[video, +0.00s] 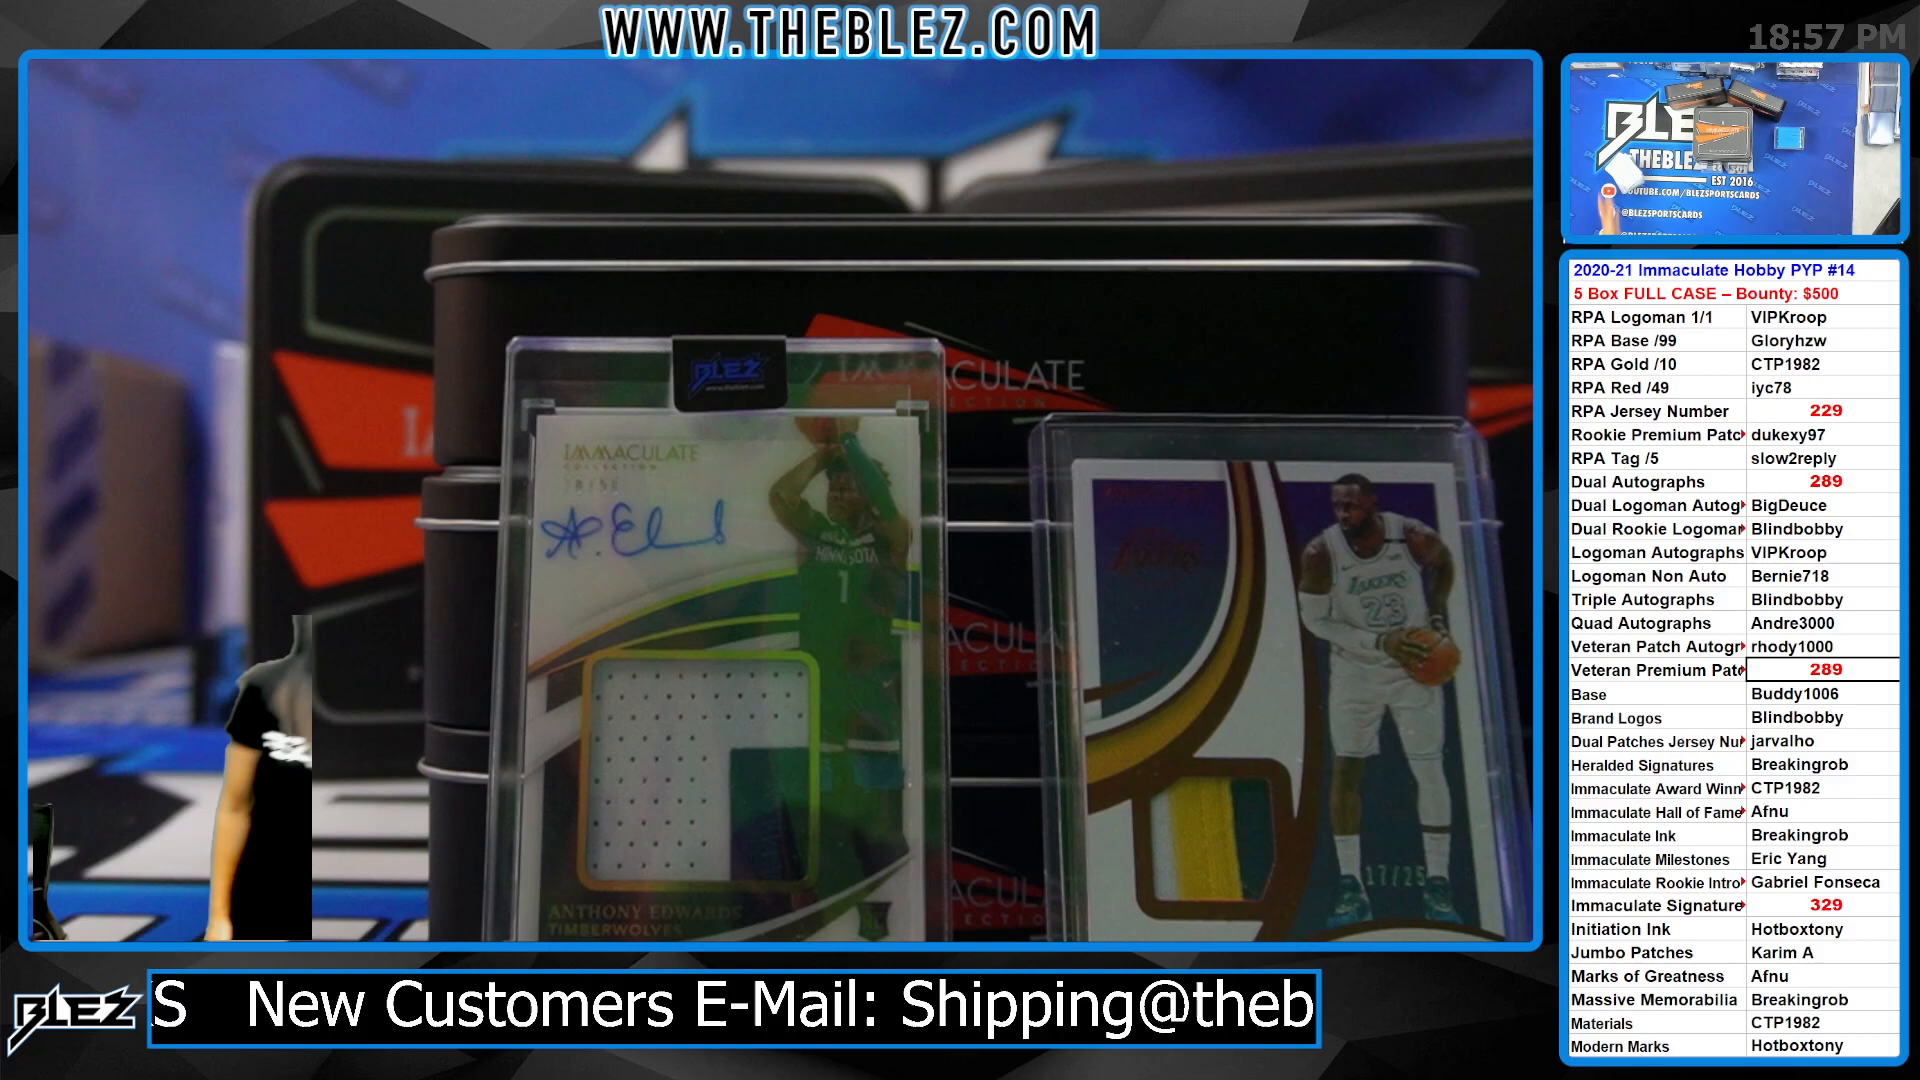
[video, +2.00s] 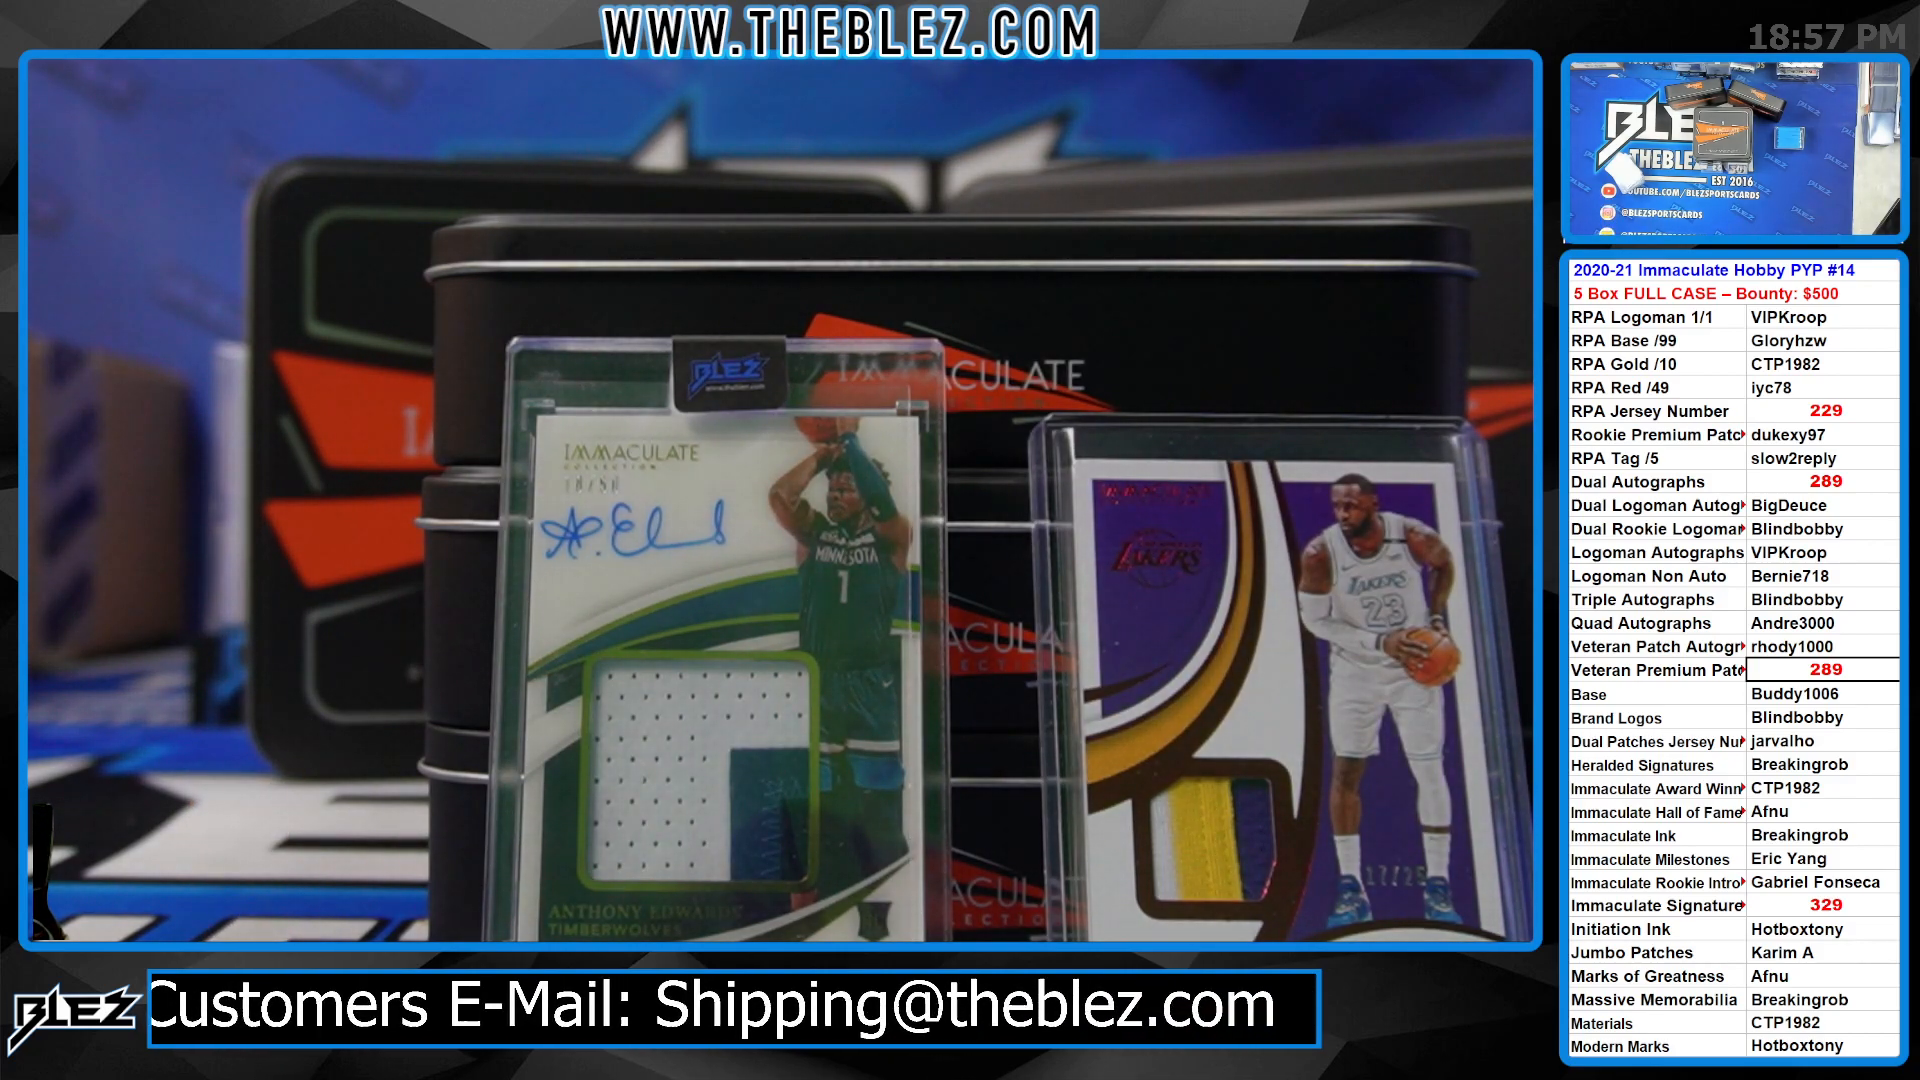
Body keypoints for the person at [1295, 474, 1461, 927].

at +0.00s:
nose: (1344, 514)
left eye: (1351, 505)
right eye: (1338, 506)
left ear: (1373, 504)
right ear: (1332, 509)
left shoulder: (1413, 536)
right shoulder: (1320, 554)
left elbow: (1444, 565)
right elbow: (1315, 621)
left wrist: (1436, 618)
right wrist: (1378, 642)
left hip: (1414, 673)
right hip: (1354, 675)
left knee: (1430, 771)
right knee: (1348, 773)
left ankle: (1438, 882)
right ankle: (1350, 886)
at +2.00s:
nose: (1343, 514)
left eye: (1351, 505)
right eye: (1337, 506)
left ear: (1373, 505)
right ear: (1333, 509)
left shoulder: (1414, 537)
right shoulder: (1319, 555)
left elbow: (1444, 565)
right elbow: (1315, 621)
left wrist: (1436, 616)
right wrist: (1379, 641)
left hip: (1414, 673)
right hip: (1354, 675)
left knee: (1430, 772)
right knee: (1347, 773)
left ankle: (1438, 885)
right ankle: (1350, 888)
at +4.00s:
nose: (1343, 514)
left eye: (1351, 505)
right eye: (1337, 506)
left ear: (1373, 504)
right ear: (1332, 509)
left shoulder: (1413, 536)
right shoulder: (1319, 554)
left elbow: (1444, 565)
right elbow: (1315, 621)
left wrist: (1436, 617)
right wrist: (1379, 642)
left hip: (1414, 673)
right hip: (1354, 674)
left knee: (1430, 771)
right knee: (1348, 773)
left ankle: (1438, 884)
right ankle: (1350, 888)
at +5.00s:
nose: (1345, 514)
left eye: (1353, 505)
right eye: (1338, 507)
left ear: (1373, 503)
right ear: (1331, 510)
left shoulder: (1407, 532)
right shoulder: (1322, 551)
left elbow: (1443, 563)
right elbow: (1314, 622)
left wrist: (1434, 620)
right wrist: (1364, 646)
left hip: (1415, 674)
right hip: (1353, 677)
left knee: (1429, 772)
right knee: (1348, 772)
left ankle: (1437, 884)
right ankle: (1350, 887)